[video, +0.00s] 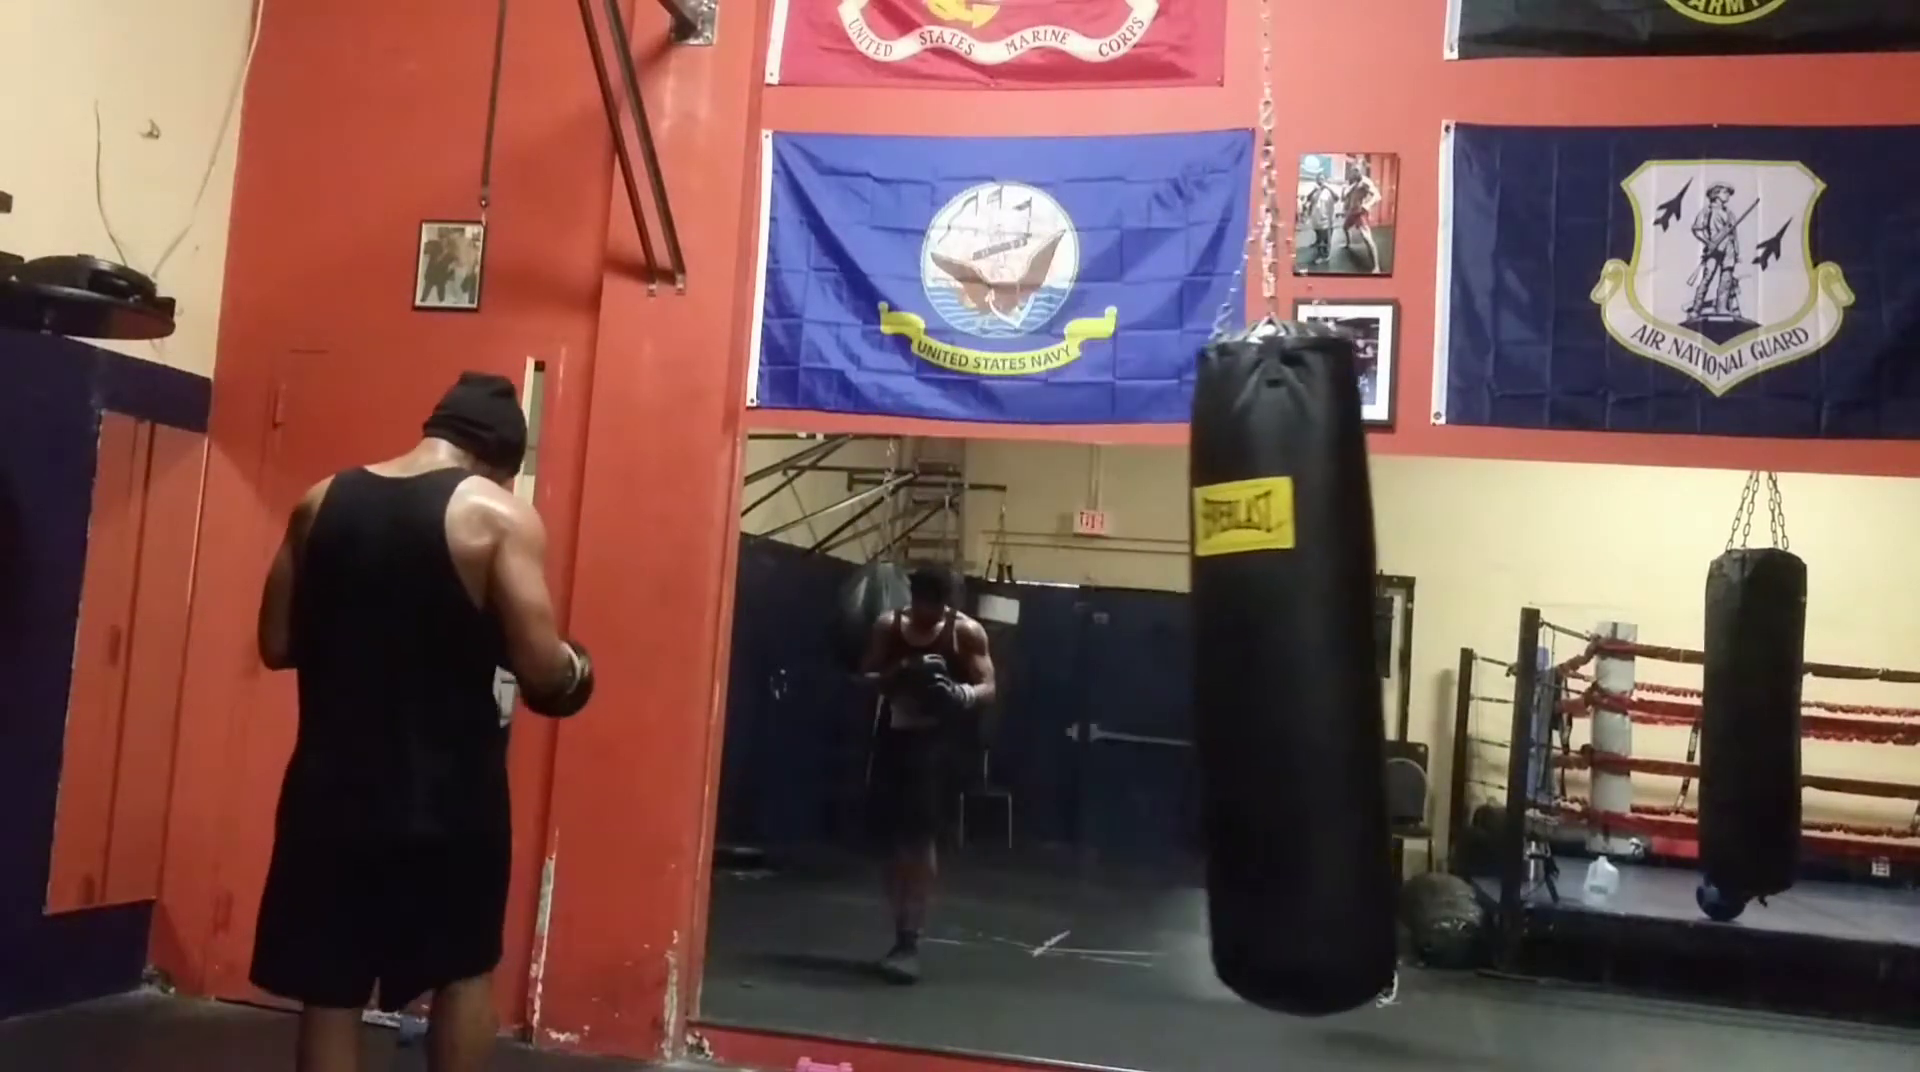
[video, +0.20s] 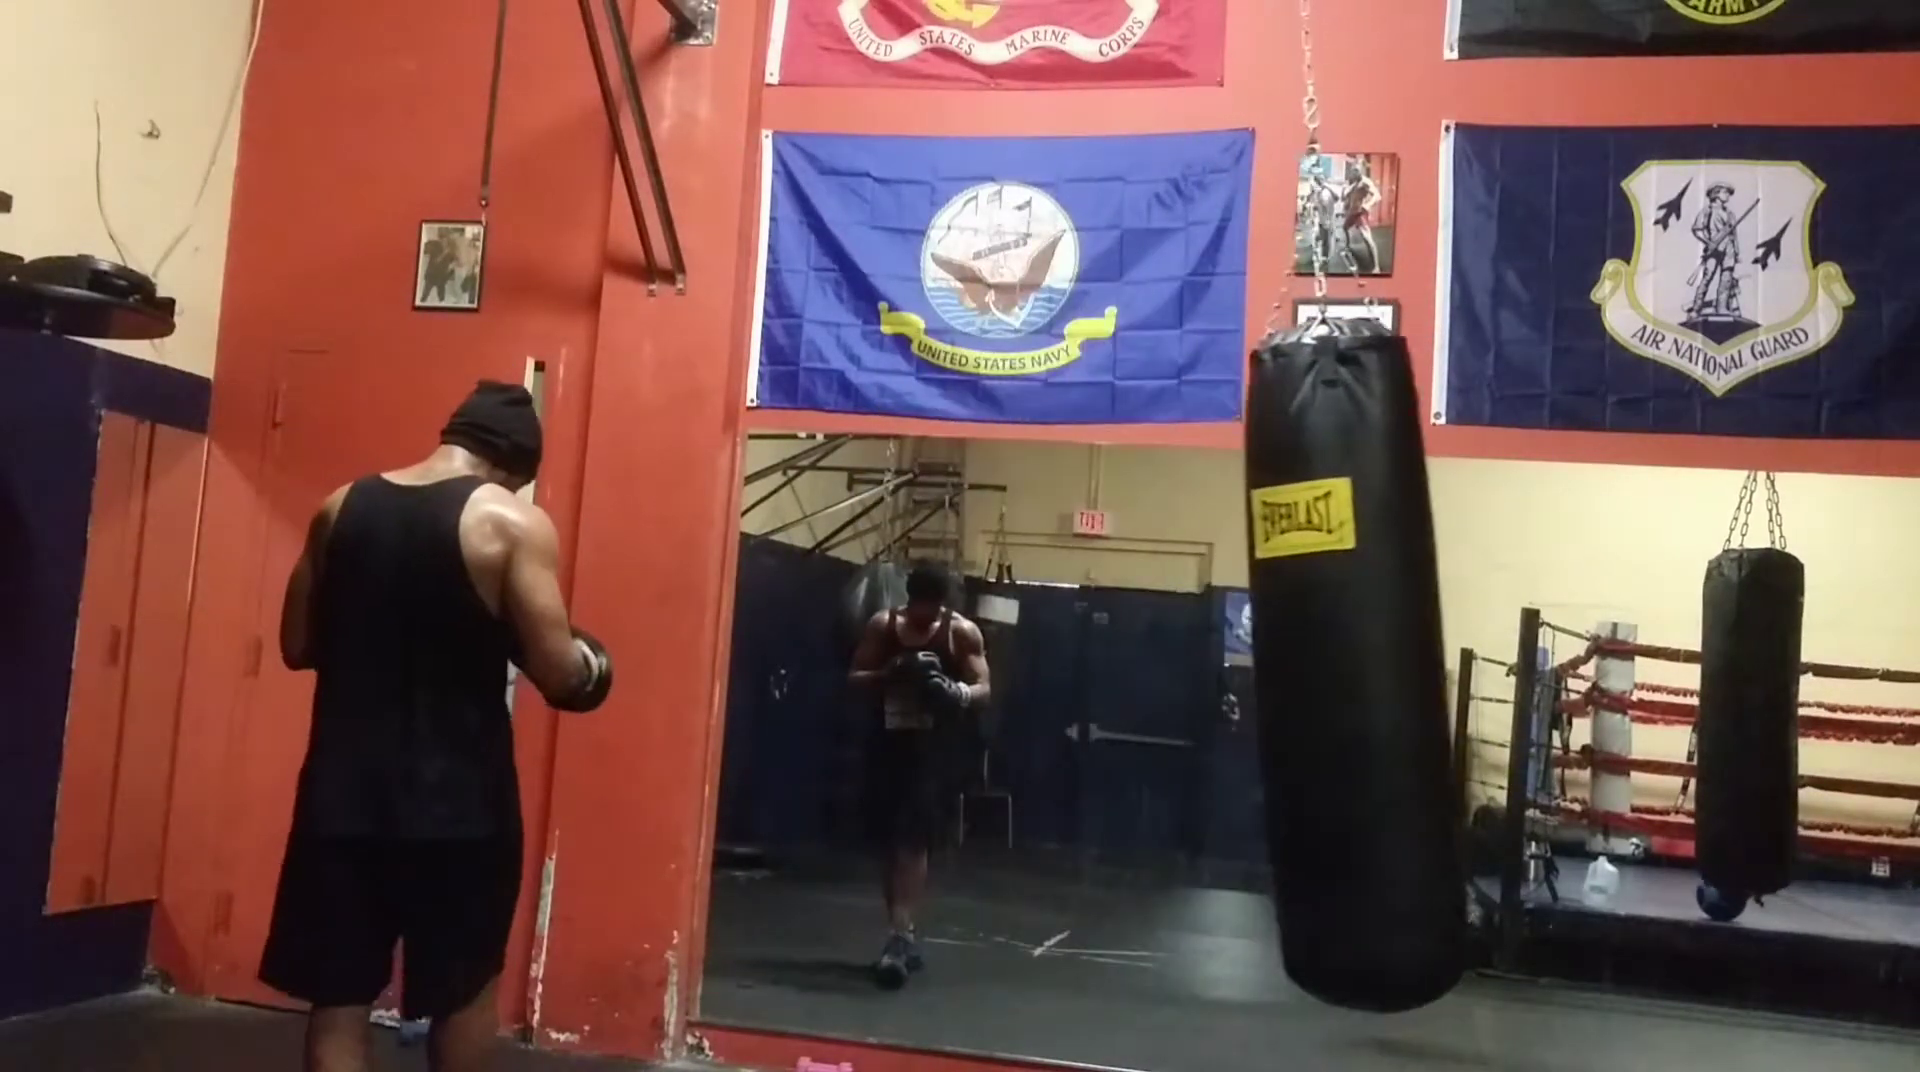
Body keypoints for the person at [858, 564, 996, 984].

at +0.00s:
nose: (924, 626)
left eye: (932, 619)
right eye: (918, 617)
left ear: (947, 609)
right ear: (909, 605)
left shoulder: (966, 632)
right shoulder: (889, 627)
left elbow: (987, 685)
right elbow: (866, 679)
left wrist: (964, 694)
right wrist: (900, 675)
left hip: (938, 745)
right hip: (894, 743)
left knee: (922, 841)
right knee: (894, 840)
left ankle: (909, 940)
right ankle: (902, 937)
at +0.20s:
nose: (920, 626)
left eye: (929, 619)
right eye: (914, 618)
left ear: (944, 610)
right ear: (905, 604)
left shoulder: (962, 632)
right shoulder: (884, 626)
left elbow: (983, 687)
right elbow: (856, 678)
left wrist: (958, 691)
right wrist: (894, 672)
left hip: (933, 746)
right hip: (888, 744)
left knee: (913, 839)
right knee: (889, 839)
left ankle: (899, 937)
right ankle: (902, 936)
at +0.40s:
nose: (919, 629)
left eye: (928, 622)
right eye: (913, 620)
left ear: (943, 612)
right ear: (903, 606)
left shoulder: (961, 637)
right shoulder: (882, 628)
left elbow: (981, 692)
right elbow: (855, 679)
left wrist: (953, 699)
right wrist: (894, 674)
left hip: (932, 750)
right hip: (885, 747)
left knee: (915, 844)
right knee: (875, 844)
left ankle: (895, 944)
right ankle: (902, 936)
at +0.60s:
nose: (918, 625)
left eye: (928, 618)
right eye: (913, 617)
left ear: (943, 608)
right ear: (903, 602)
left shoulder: (961, 633)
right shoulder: (881, 622)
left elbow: (978, 689)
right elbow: (855, 676)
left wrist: (952, 697)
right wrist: (892, 675)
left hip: (931, 748)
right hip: (883, 745)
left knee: (916, 843)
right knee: (873, 842)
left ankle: (897, 942)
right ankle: (901, 932)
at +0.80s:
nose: (921, 625)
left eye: (931, 619)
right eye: (915, 617)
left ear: (945, 608)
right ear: (905, 601)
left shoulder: (961, 633)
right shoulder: (879, 620)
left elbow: (978, 692)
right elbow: (853, 674)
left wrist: (954, 697)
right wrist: (886, 675)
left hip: (931, 747)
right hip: (882, 743)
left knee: (920, 844)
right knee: (871, 839)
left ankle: (898, 939)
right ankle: (899, 932)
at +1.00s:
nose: (926, 629)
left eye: (934, 623)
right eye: (920, 621)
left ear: (947, 613)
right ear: (908, 606)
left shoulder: (962, 640)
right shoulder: (879, 627)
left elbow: (978, 699)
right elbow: (851, 682)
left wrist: (954, 702)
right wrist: (890, 681)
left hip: (931, 759)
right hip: (879, 754)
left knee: (920, 858)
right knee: (861, 843)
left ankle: (887, 946)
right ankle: (882, 920)